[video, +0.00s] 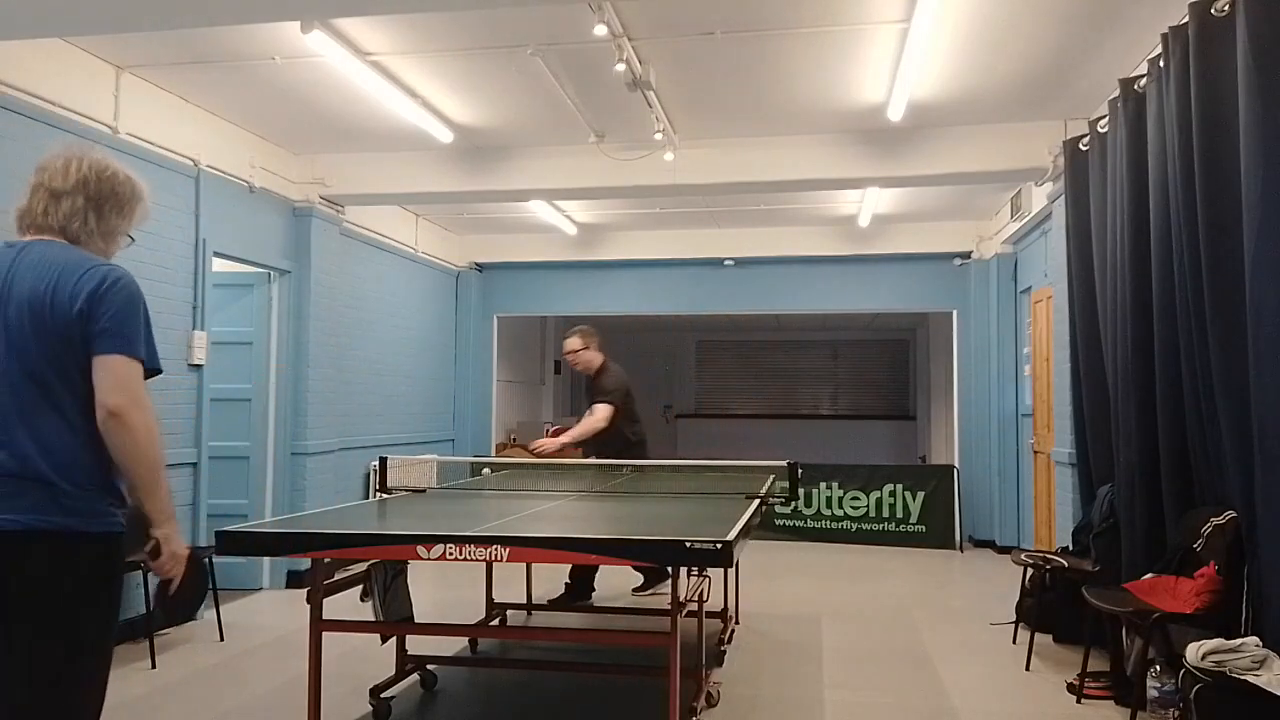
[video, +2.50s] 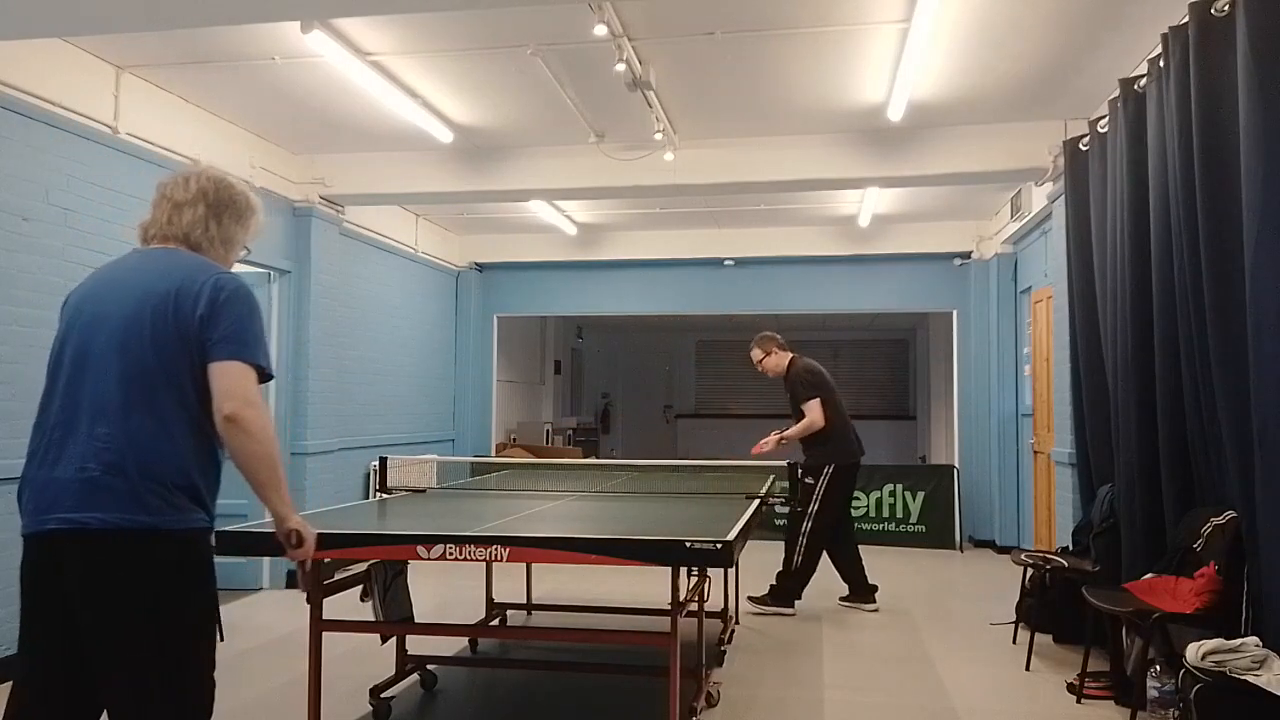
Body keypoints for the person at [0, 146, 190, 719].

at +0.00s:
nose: (123, 244)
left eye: (126, 233)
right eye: (122, 231)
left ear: (37, 207)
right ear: (97, 221)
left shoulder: (6, 261)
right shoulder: (102, 284)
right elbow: (117, 407)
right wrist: (164, 521)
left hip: (8, 529)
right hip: (64, 539)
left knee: (18, 694)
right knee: (62, 702)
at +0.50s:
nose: (165, 252)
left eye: (169, 240)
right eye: (165, 238)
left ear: (86, 217)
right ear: (138, 224)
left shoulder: (26, 285)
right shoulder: (138, 277)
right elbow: (151, 395)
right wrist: (211, 501)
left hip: (12, 529)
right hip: (98, 532)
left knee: (25, 693)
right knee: (127, 698)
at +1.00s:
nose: (226, 245)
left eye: (229, 234)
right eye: (225, 232)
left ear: (141, 214)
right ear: (207, 222)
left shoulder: (71, 283)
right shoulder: (220, 282)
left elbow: (52, 392)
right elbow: (247, 407)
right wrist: (291, 514)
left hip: (57, 526)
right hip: (164, 528)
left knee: (60, 697)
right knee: (169, 699)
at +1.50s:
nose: (185, 252)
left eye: (189, 240)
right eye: (186, 239)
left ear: (101, 214)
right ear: (163, 225)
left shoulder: (22, 290)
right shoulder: (164, 280)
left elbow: (13, 408)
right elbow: (182, 407)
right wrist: (230, 518)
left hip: (15, 547)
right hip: (118, 548)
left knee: (28, 703)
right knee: (148, 705)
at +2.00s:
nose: (223, 254)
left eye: (226, 244)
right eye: (223, 241)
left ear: (143, 218)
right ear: (206, 232)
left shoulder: (66, 290)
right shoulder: (207, 288)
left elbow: (36, 409)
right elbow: (220, 417)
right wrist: (264, 517)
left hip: (42, 546)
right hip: (151, 546)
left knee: (43, 706)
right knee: (166, 707)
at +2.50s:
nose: (239, 259)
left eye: (243, 248)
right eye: (240, 245)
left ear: (161, 221)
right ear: (220, 232)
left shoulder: (88, 287)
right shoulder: (218, 287)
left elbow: (69, 403)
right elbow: (235, 409)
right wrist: (284, 512)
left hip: (53, 531)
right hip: (154, 534)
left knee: (46, 697)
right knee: (167, 706)